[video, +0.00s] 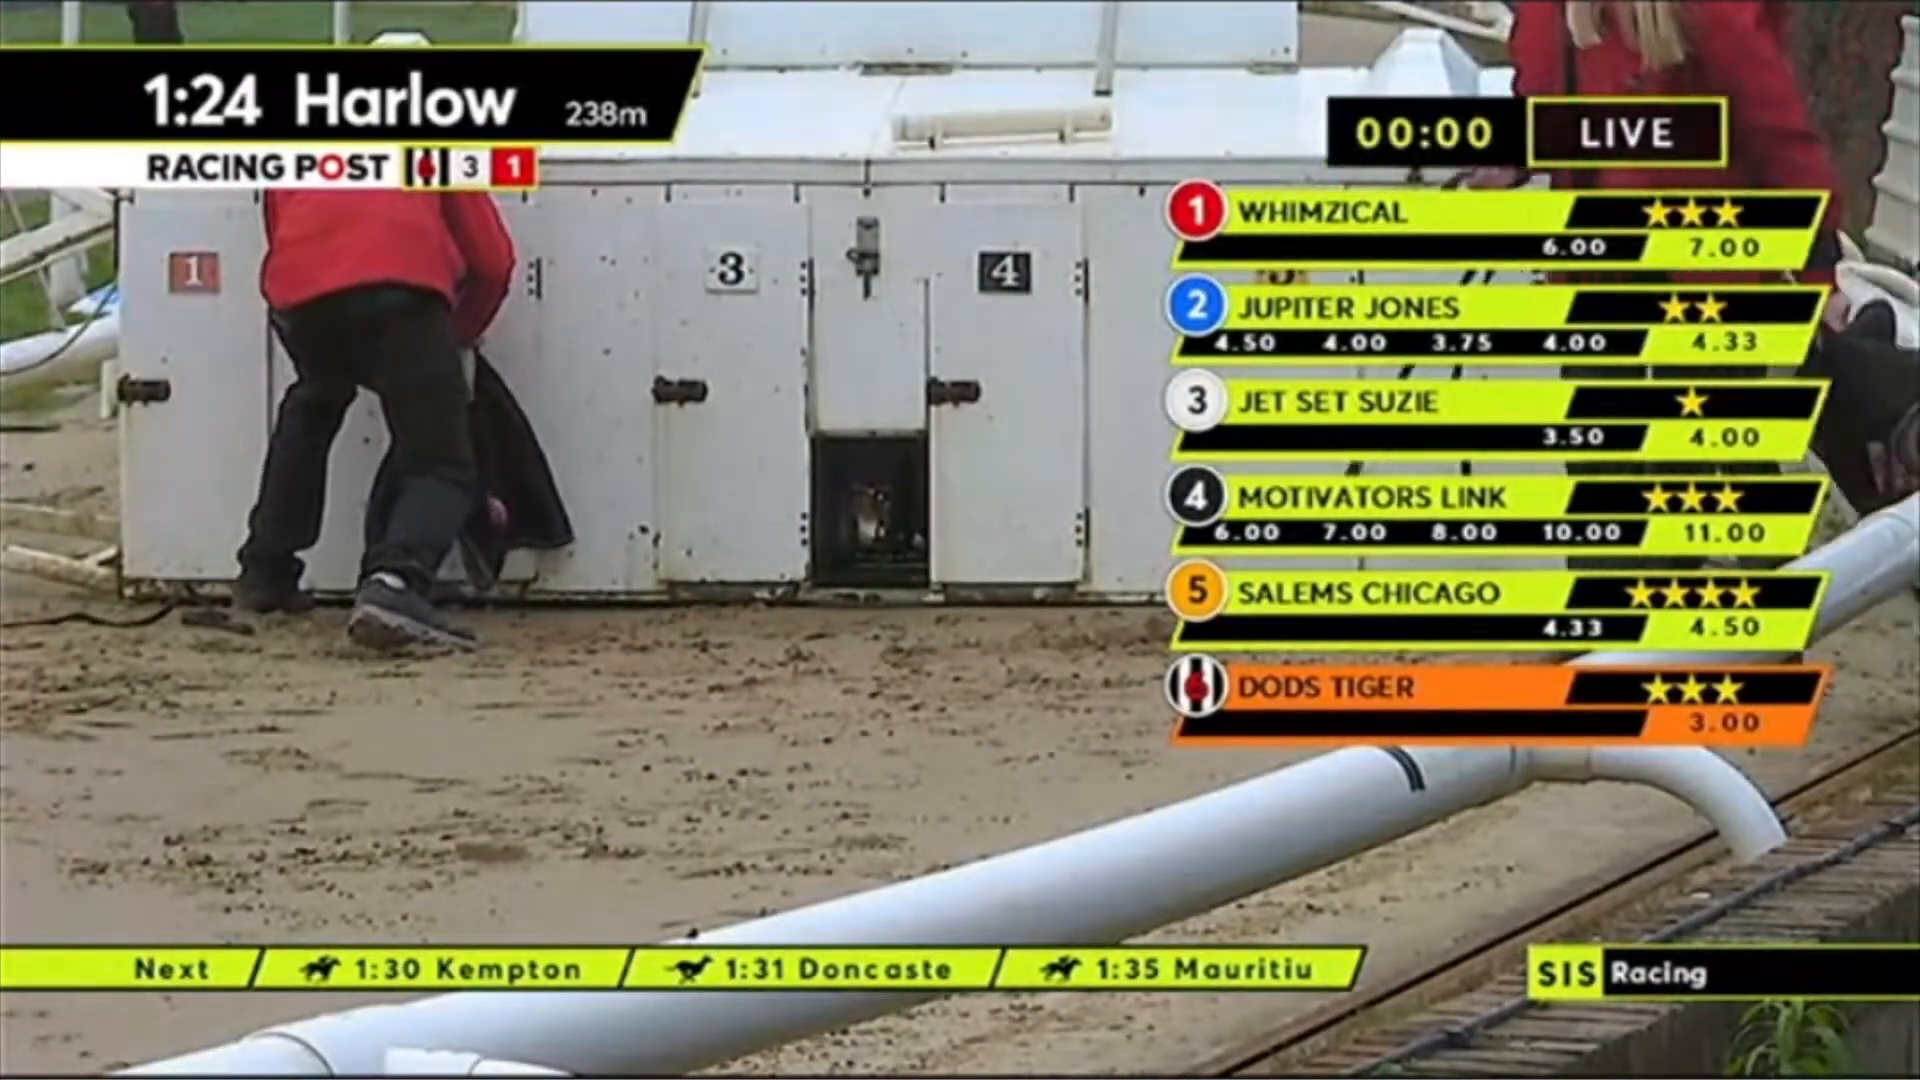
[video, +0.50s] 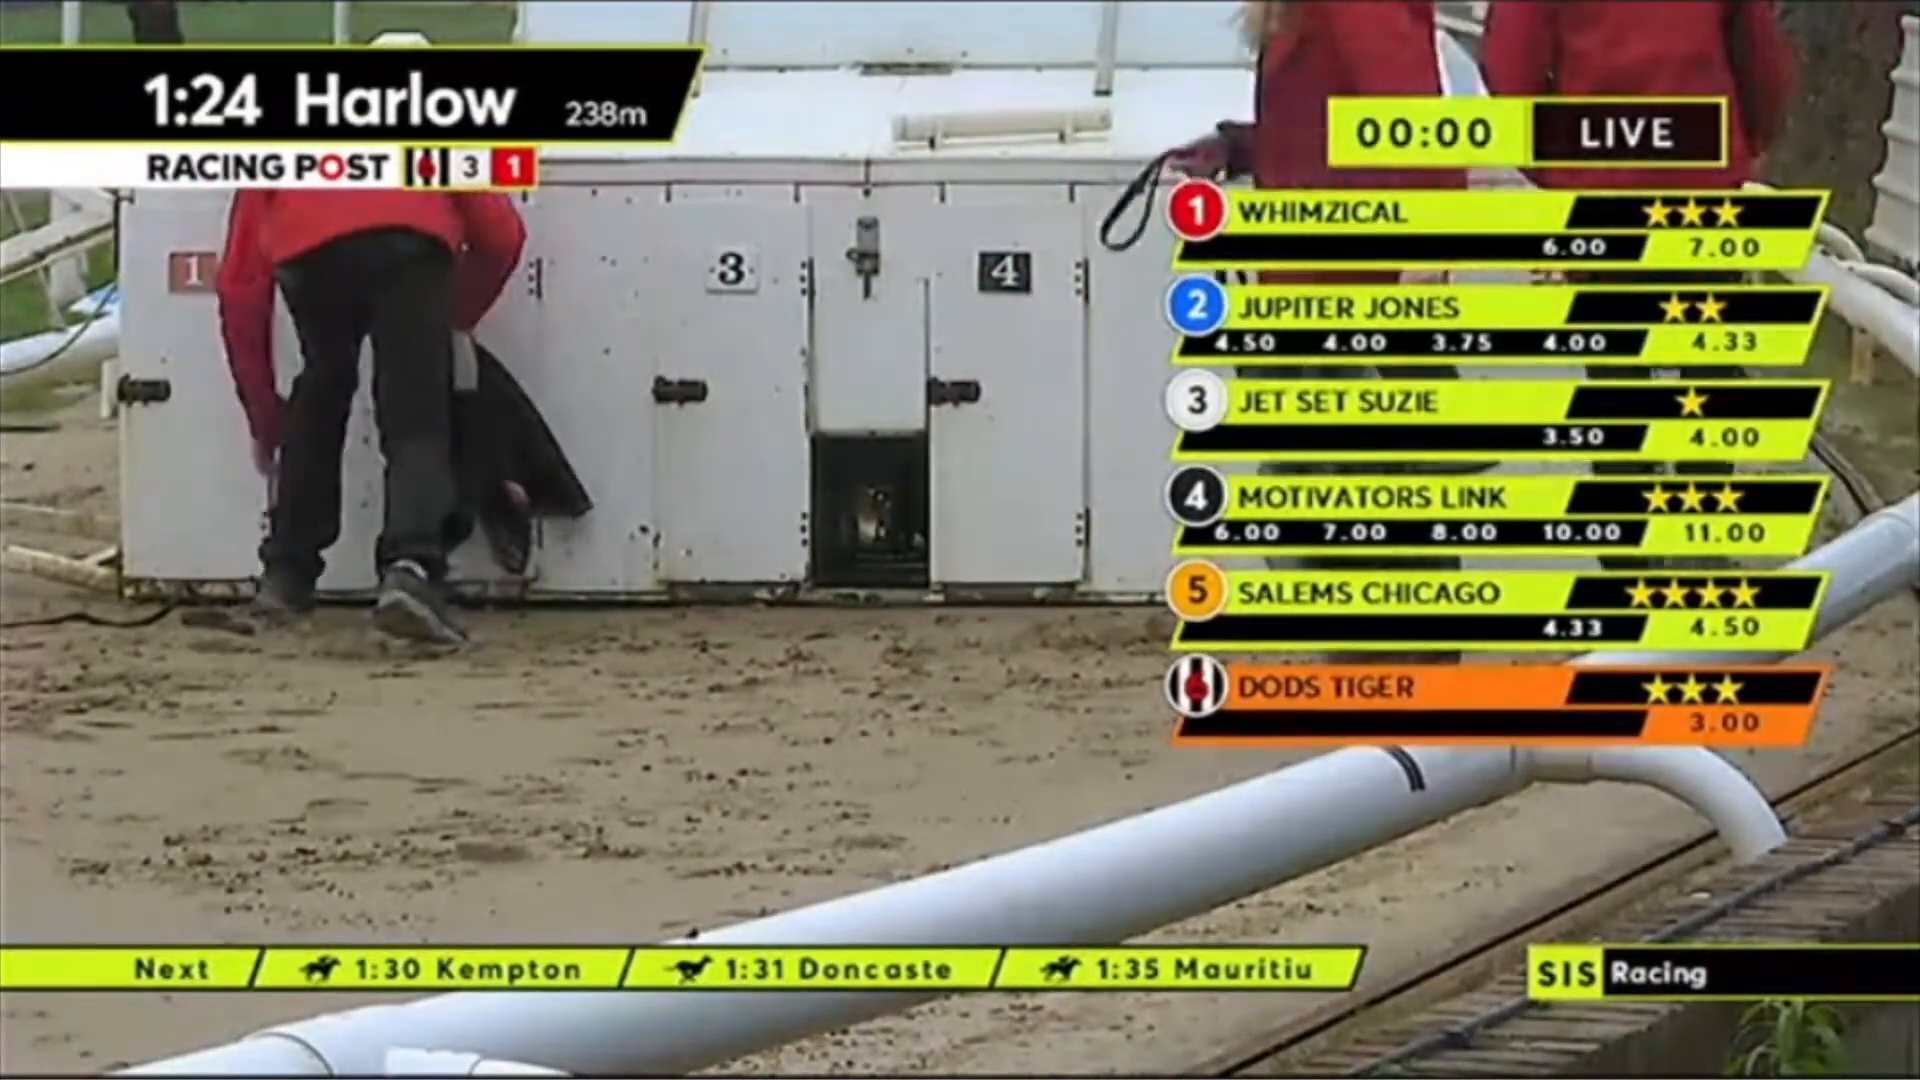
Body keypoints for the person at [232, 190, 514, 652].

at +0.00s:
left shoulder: (289, 166)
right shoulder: (434, 160)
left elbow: (281, 239)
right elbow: (495, 262)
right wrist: (450, 335)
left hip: (300, 295)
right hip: (400, 286)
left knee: (318, 391)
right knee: (440, 465)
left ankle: (265, 571)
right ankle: (394, 584)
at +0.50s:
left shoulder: (269, 176)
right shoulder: (432, 157)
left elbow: (238, 286)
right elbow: (503, 235)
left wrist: (263, 414)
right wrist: (456, 316)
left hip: (308, 248)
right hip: (410, 234)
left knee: (321, 388)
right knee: (414, 416)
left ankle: (289, 574)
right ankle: (411, 571)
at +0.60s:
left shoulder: (264, 166)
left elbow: (225, 298)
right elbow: (501, 174)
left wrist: (219, 462)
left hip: (326, 250)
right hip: (426, 230)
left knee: (327, 391)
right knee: (418, 407)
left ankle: (312, 575)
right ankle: (424, 564)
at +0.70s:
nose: (217, 236)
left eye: (210, 218)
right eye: (207, 225)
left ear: (214, 196)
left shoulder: (241, 189)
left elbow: (223, 337)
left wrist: (202, 498)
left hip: (338, 250)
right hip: (438, 227)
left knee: (312, 399)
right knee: (426, 405)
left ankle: (311, 576)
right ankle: (440, 554)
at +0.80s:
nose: (201, 269)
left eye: (191, 252)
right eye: (188, 260)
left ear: (194, 209)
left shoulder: (229, 217)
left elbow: (222, 372)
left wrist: (198, 529)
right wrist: (371, 396)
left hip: (342, 251)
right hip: (446, 223)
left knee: (305, 401)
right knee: (434, 399)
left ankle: (310, 579)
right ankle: (481, 539)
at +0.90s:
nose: (187, 276)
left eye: (178, 251)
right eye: (174, 260)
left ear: (185, 209)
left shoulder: (225, 225)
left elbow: (221, 374)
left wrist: (222, 527)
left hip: (347, 245)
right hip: (444, 217)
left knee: (307, 415)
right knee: (424, 419)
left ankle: (308, 582)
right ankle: (539, 507)